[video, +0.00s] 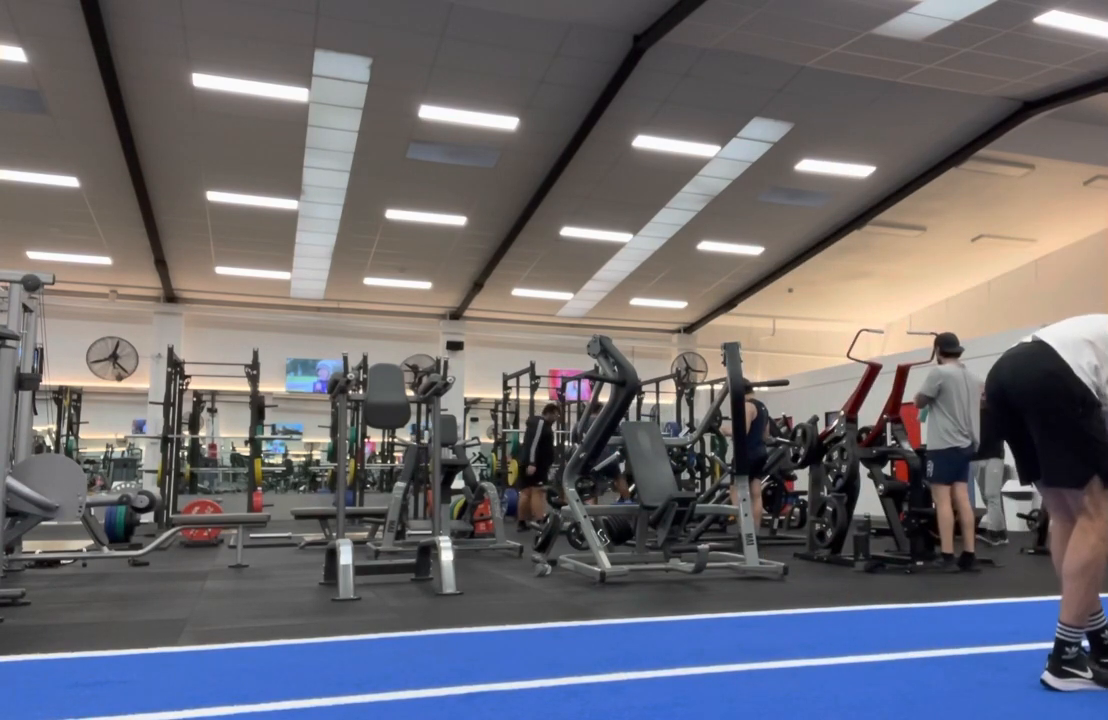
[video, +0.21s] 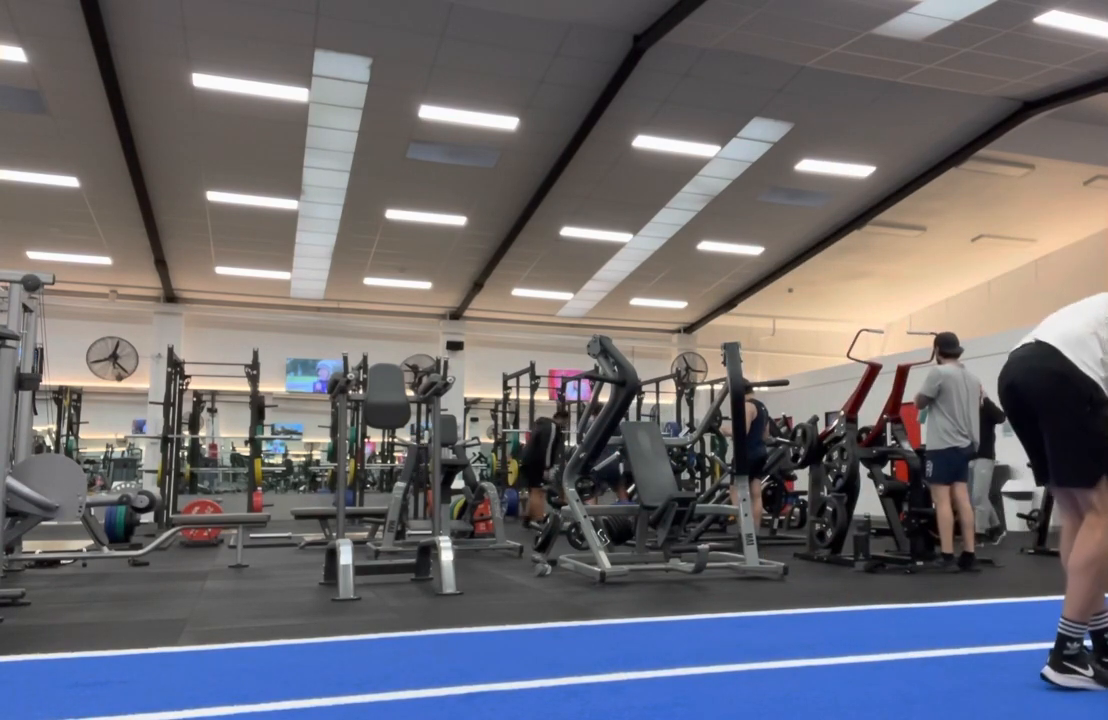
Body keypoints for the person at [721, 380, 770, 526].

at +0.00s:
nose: (733, 395)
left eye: (733, 391)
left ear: (738, 391)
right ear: (750, 388)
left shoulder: (747, 406)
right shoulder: (761, 406)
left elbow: (743, 431)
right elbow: (766, 435)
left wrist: (724, 429)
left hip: (745, 455)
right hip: (760, 453)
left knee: (735, 490)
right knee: (756, 494)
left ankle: (743, 529)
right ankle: (755, 531)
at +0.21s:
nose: (733, 395)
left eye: (733, 391)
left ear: (738, 391)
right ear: (750, 388)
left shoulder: (747, 406)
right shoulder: (761, 406)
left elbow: (743, 431)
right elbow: (765, 434)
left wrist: (724, 429)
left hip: (745, 455)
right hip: (759, 454)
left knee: (735, 490)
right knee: (756, 494)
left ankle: (743, 529)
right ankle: (755, 532)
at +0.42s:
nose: (733, 395)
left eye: (734, 391)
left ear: (739, 391)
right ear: (750, 388)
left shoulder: (747, 406)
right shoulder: (761, 406)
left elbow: (743, 431)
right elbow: (765, 434)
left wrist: (725, 430)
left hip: (746, 454)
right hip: (759, 453)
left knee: (735, 489)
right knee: (756, 495)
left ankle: (743, 528)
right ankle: (755, 532)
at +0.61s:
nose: (733, 394)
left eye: (733, 391)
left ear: (739, 391)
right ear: (750, 388)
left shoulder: (747, 406)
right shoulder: (761, 406)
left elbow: (743, 429)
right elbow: (765, 433)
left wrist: (724, 430)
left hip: (745, 454)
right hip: (760, 453)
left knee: (735, 489)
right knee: (756, 495)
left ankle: (743, 528)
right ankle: (755, 532)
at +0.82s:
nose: (733, 394)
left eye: (733, 391)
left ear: (739, 391)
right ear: (750, 388)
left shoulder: (747, 406)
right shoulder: (761, 406)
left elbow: (742, 429)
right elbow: (766, 433)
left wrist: (724, 430)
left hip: (745, 454)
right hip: (760, 453)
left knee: (735, 489)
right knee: (756, 495)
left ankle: (743, 528)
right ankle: (755, 532)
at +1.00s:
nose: (733, 396)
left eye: (733, 392)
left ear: (738, 392)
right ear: (750, 388)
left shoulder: (747, 405)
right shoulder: (761, 406)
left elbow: (742, 429)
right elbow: (765, 433)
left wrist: (723, 429)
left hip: (746, 454)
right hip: (760, 453)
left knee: (735, 489)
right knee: (756, 495)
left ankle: (743, 529)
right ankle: (755, 533)